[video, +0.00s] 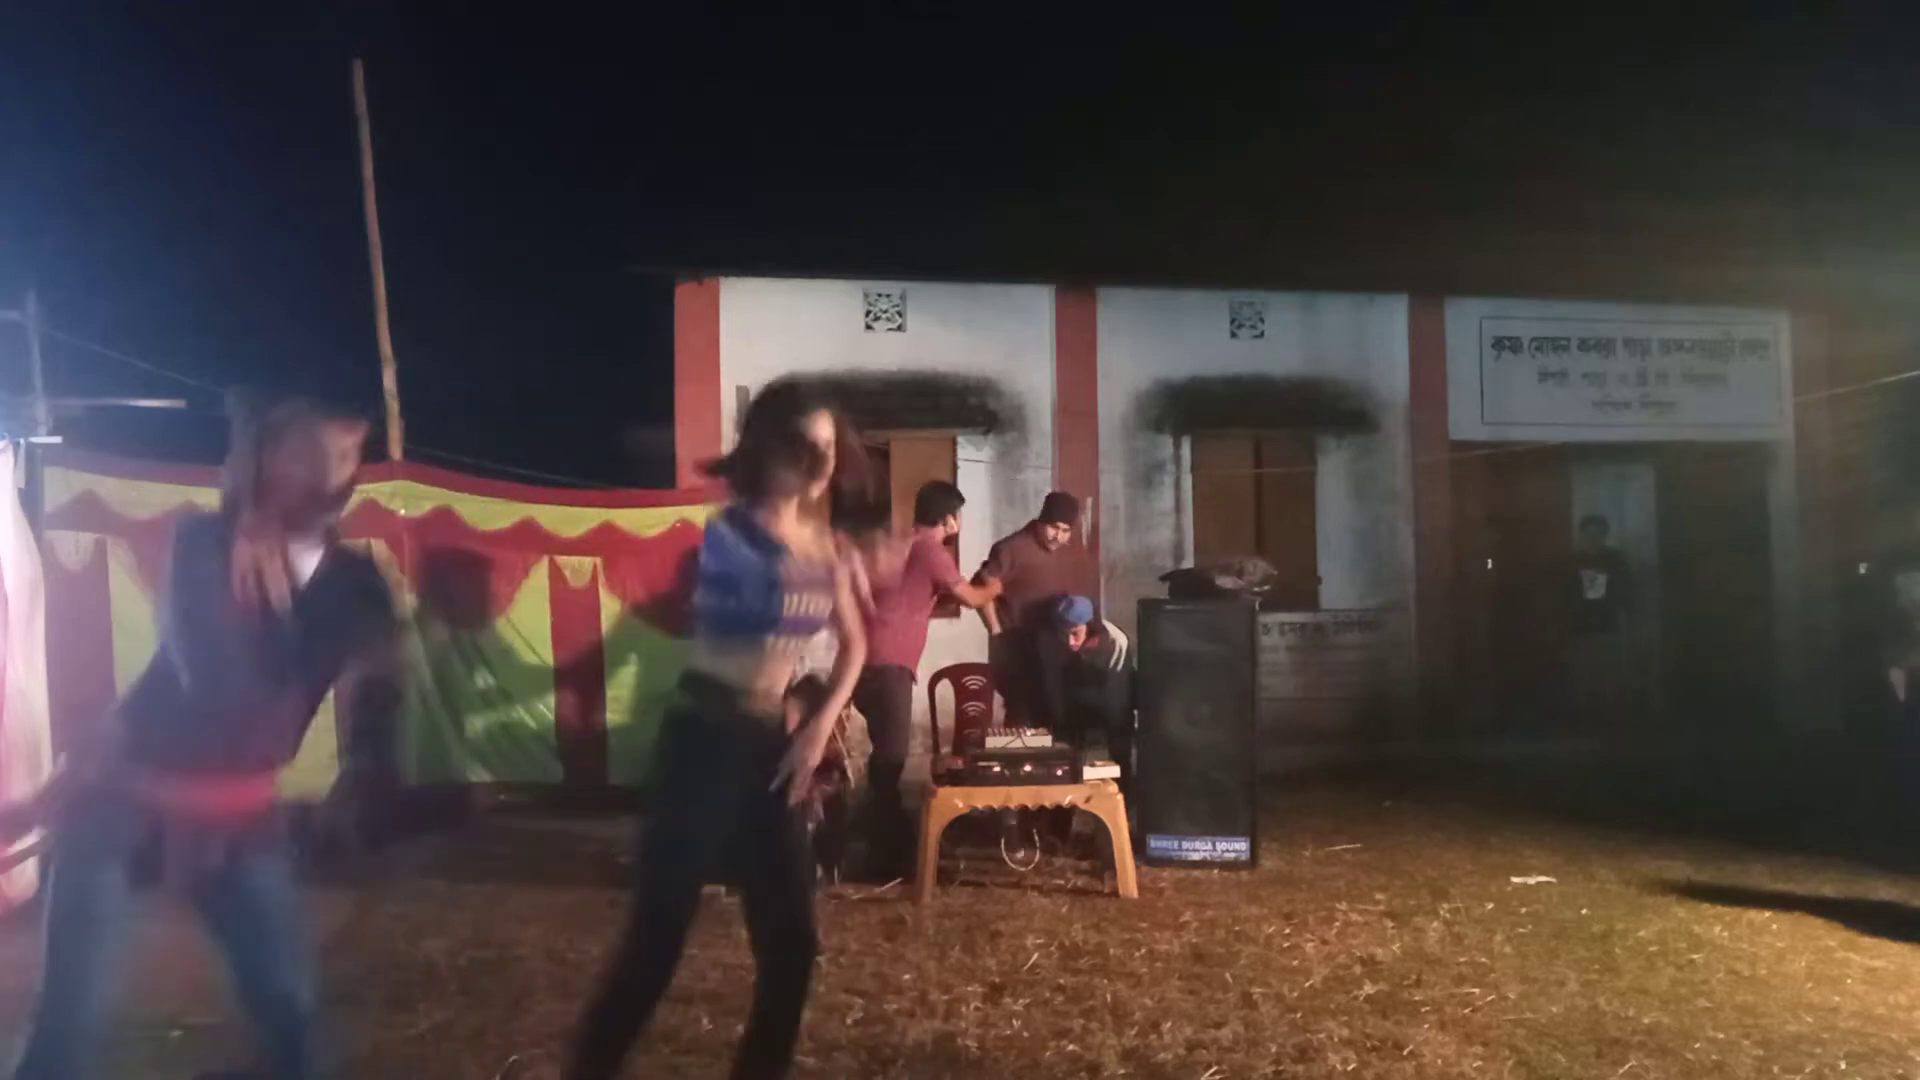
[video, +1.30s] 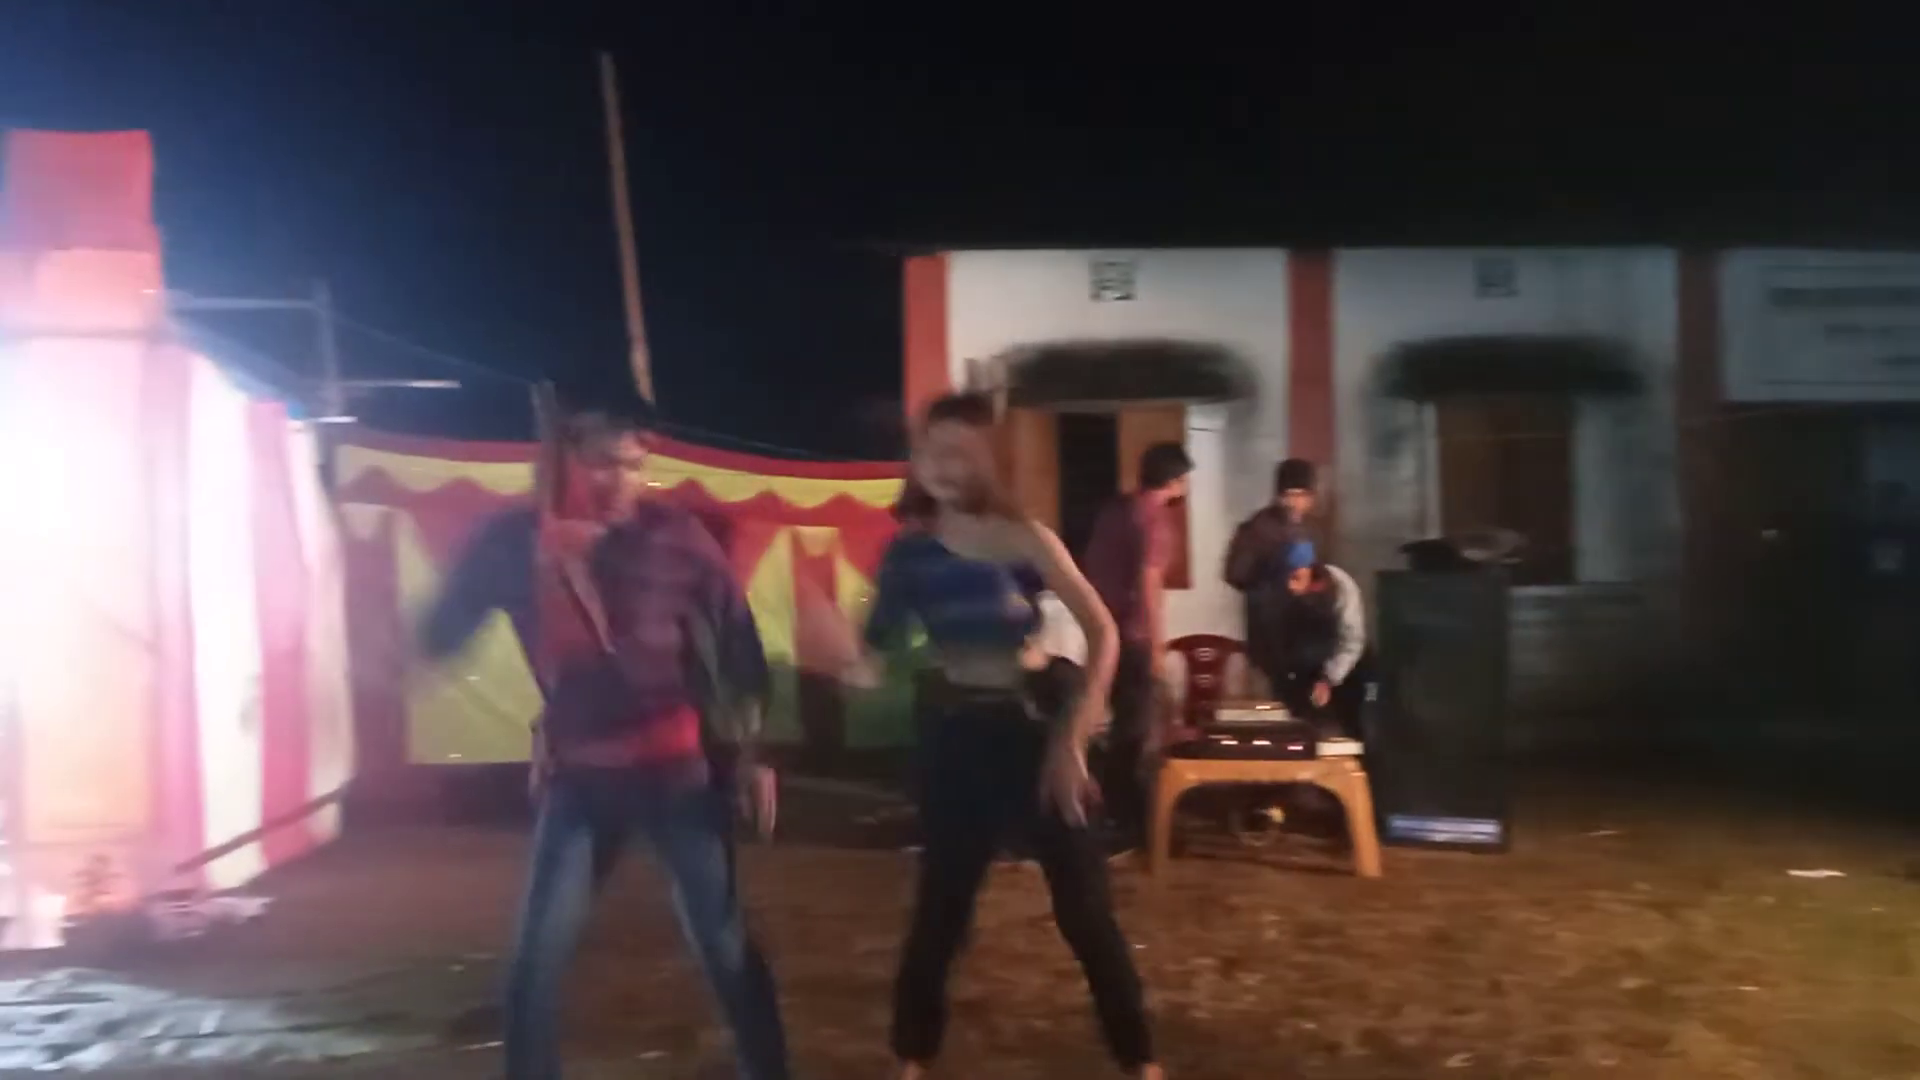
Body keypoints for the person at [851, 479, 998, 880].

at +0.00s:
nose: (958, 527)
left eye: (959, 520)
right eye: (957, 519)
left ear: (920, 515)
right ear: (947, 519)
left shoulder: (896, 546)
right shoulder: (929, 549)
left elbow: (910, 606)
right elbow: (970, 596)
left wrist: (956, 601)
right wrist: (992, 589)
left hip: (868, 666)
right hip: (892, 668)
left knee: (886, 758)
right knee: (890, 760)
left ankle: (884, 852)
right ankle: (885, 854)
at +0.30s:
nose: (977, 541)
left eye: (981, 534)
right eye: (976, 532)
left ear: (958, 521)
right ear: (958, 521)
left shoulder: (932, 536)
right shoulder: (938, 541)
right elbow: (957, 603)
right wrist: (1004, 647)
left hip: (895, 650)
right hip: (902, 652)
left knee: (904, 744)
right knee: (907, 745)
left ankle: (898, 838)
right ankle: (898, 842)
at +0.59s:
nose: (1010, 515)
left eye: (1014, 507)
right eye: (1009, 506)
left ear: (992, 500)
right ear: (990, 498)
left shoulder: (977, 523)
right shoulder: (967, 523)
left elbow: (993, 581)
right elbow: (990, 583)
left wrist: (1025, 621)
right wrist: (1024, 625)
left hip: (940, 630)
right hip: (927, 631)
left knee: (936, 723)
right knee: (935, 724)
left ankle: (925, 813)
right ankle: (922, 815)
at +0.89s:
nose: (1050, 496)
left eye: (1050, 488)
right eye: (1047, 488)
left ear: (1020, 485)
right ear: (1035, 489)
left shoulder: (1003, 517)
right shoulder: (1008, 521)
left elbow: (989, 584)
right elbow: (1004, 579)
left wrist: (1010, 636)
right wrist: (1038, 632)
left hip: (980, 631)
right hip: (981, 632)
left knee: (987, 727)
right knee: (986, 728)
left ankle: (973, 816)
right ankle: (973, 819)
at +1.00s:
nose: (1082, 491)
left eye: (1082, 483)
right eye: (1079, 484)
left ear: (1050, 479)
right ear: (1068, 484)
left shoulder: (1030, 513)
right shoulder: (1041, 520)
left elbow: (1012, 580)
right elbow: (1031, 580)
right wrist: (1051, 634)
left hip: (1017, 635)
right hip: (1025, 637)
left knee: (1026, 720)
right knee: (1030, 722)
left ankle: (1010, 800)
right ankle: (1014, 807)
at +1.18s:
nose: (1149, 486)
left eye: (1148, 479)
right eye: (1146, 479)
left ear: (1114, 474)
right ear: (1135, 480)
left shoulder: (1089, 509)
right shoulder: (1112, 516)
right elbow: (1105, 578)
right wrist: (1113, 640)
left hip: (1076, 636)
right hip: (1095, 639)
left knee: (1090, 726)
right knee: (1103, 728)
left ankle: (1085, 812)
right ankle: (1097, 817)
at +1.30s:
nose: (1184, 485)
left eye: (1183, 478)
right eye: (1182, 479)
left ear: (1147, 473)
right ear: (1172, 481)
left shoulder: (1116, 508)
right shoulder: (1153, 517)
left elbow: (1095, 569)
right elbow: (1149, 581)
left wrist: (1102, 623)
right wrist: (1156, 647)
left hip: (1108, 632)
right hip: (1134, 637)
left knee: (1123, 724)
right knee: (1136, 727)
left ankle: (1112, 812)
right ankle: (1128, 818)